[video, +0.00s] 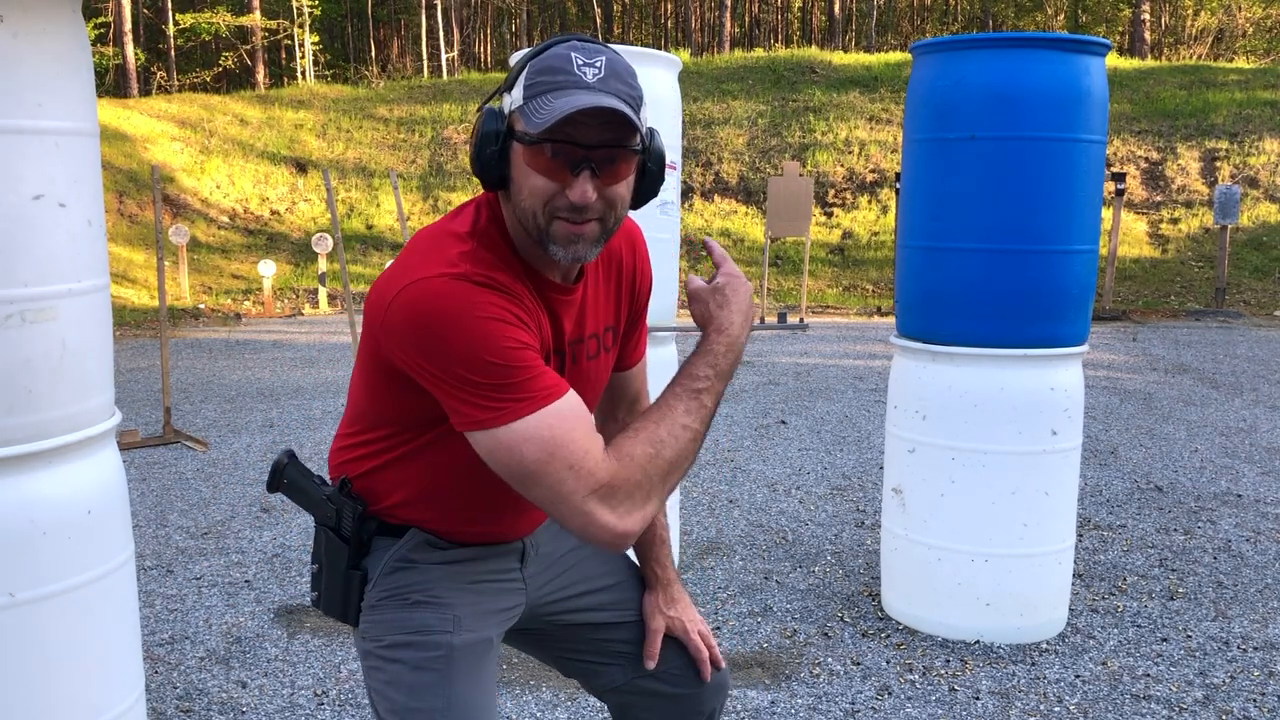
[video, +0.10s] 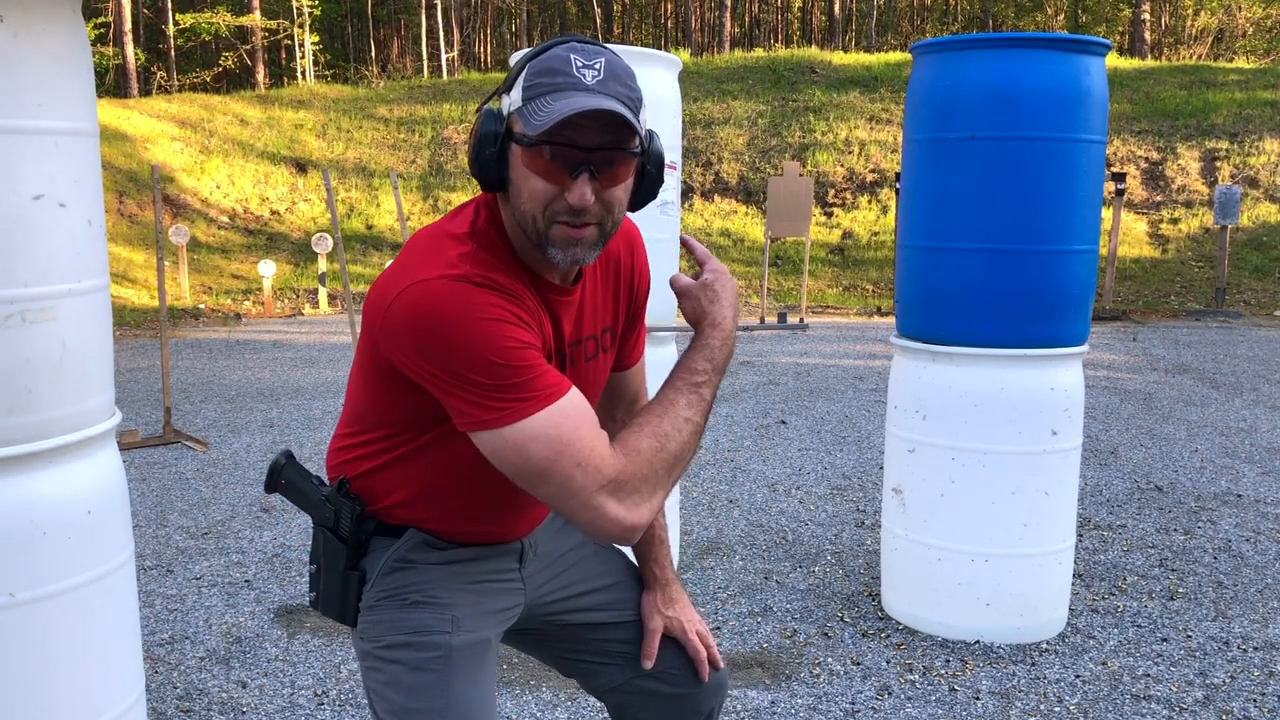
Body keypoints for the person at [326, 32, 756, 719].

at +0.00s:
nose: (583, 190)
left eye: (610, 157)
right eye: (557, 154)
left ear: (639, 165)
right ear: (503, 154)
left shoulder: (622, 252)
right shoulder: (445, 296)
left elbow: (626, 420)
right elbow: (610, 509)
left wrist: (661, 574)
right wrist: (722, 343)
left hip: (550, 537)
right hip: (426, 562)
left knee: (690, 686)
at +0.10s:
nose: (582, 192)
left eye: (608, 160)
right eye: (557, 157)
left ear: (637, 168)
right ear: (501, 155)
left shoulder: (620, 250)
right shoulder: (445, 298)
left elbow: (625, 418)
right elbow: (617, 504)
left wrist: (660, 574)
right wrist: (714, 337)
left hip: (547, 534)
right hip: (423, 561)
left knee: (689, 686)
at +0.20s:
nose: (582, 196)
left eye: (609, 164)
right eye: (557, 160)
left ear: (637, 171)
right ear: (500, 158)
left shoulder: (619, 251)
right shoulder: (443, 299)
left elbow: (625, 419)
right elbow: (619, 503)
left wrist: (661, 575)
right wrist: (711, 336)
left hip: (546, 535)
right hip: (423, 562)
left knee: (689, 685)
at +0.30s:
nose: (582, 198)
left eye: (609, 166)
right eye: (557, 161)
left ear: (637, 174)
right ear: (500, 160)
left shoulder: (621, 254)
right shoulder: (442, 302)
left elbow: (627, 425)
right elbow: (619, 504)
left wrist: (662, 578)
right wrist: (710, 337)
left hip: (547, 535)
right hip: (423, 562)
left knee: (691, 686)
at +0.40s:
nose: (582, 200)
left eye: (609, 168)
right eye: (556, 164)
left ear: (639, 175)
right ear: (501, 161)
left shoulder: (625, 255)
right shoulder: (442, 303)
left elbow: (631, 421)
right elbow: (616, 508)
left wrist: (664, 579)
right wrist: (711, 339)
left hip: (549, 535)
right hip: (424, 560)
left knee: (693, 687)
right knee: (449, 705)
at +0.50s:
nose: (583, 200)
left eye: (610, 168)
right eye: (557, 164)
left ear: (641, 176)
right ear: (504, 162)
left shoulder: (628, 256)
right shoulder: (441, 303)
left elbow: (635, 424)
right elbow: (615, 508)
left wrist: (667, 581)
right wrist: (714, 338)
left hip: (552, 536)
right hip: (427, 560)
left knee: (695, 686)